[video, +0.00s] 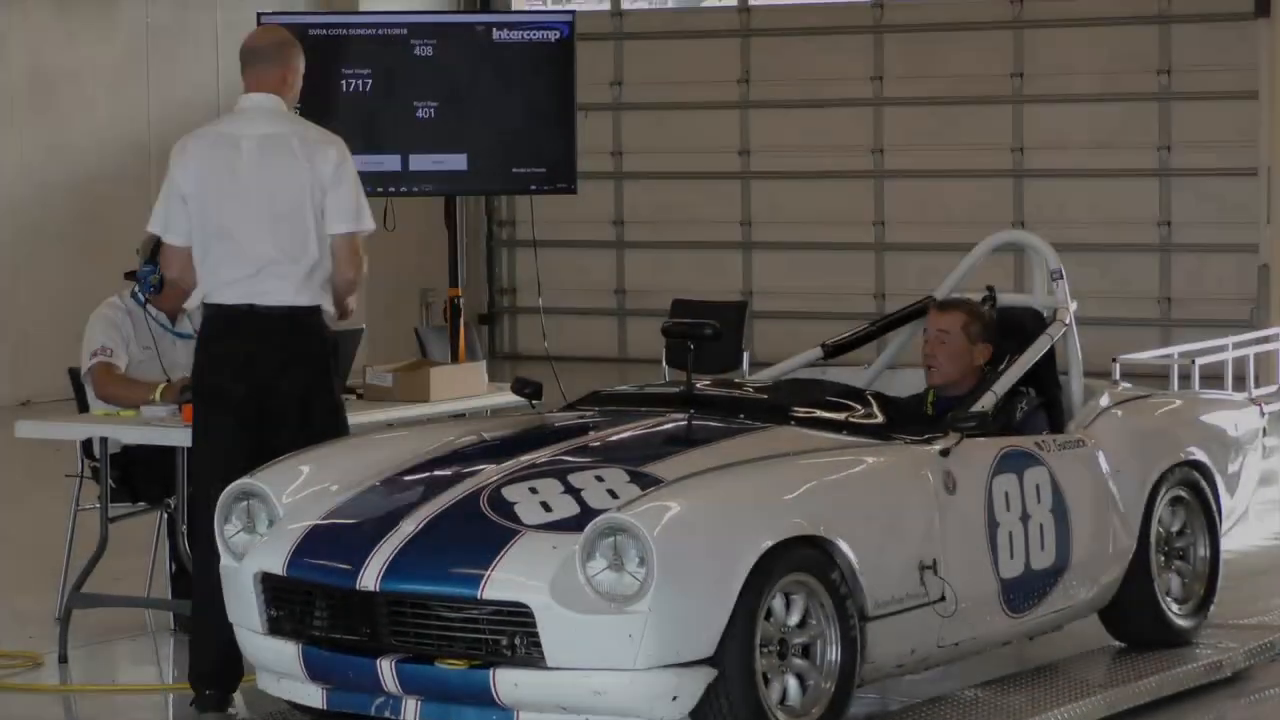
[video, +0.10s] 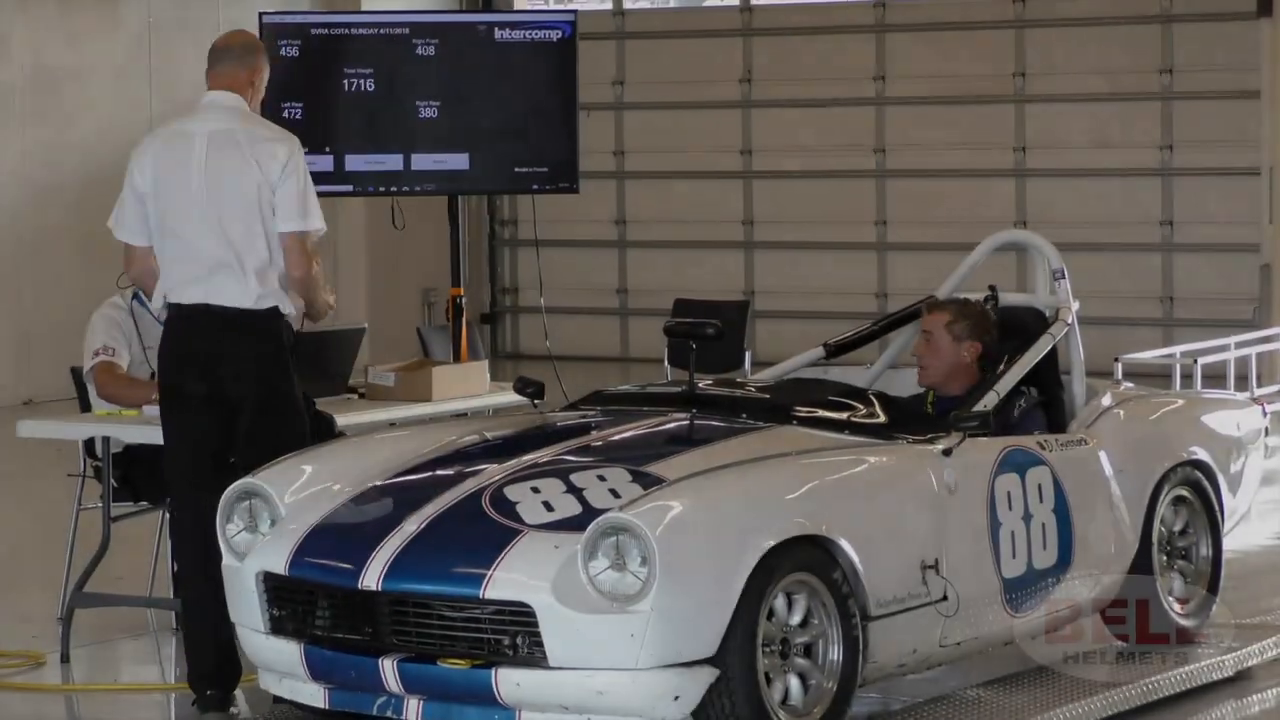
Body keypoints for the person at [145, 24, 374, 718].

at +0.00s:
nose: (302, 84)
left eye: (294, 72)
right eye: (302, 74)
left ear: (240, 75)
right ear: (295, 77)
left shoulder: (194, 149)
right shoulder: (326, 149)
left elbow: (178, 267)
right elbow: (348, 265)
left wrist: (181, 294)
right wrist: (342, 302)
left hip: (224, 341)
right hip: (301, 341)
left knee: (215, 510)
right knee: (309, 500)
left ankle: (212, 687)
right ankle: (311, 679)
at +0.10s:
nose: (266, 91)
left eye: (262, 81)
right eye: (267, 82)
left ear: (205, 77)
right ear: (258, 80)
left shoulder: (154, 145)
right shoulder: (277, 145)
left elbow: (139, 264)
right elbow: (295, 263)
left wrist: (185, 294)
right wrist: (312, 299)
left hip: (185, 338)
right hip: (258, 339)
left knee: (193, 510)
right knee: (271, 500)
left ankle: (211, 687)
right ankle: (280, 673)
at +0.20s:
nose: (280, 89)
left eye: (276, 78)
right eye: (280, 79)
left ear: (221, 74)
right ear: (269, 77)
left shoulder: (169, 146)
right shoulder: (286, 148)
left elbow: (156, 264)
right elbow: (308, 274)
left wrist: (205, 279)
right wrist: (336, 286)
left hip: (200, 342)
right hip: (272, 342)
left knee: (203, 512)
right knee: (283, 500)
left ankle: (212, 686)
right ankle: (286, 678)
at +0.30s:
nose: (284, 91)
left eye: (281, 80)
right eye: (285, 81)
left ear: (225, 74)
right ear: (275, 79)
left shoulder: (171, 148)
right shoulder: (288, 147)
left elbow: (161, 264)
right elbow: (323, 271)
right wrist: (338, 277)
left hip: (203, 343)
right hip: (275, 343)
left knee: (205, 513)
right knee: (291, 500)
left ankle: (213, 688)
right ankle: (290, 677)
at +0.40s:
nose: (286, 82)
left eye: (283, 71)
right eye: (286, 72)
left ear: (224, 66)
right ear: (277, 72)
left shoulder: (172, 141)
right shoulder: (288, 142)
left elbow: (163, 254)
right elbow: (321, 264)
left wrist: (210, 271)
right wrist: (327, 276)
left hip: (202, 333)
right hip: (273, 333)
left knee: (205, 504)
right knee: (285, 493)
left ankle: (212, 679)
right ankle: (283, 670)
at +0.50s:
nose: (281, 85)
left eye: (278, 75)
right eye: (282, 75)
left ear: (223, 69)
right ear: (272, 73)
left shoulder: (171, 142)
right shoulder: (286, 142)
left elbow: (167, 258)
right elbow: (313, 266)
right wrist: (344, 276)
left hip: (200, 336)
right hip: (272, 336)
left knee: (205, 505)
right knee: (286, 493)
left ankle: (212, 680)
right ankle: (289, 670)